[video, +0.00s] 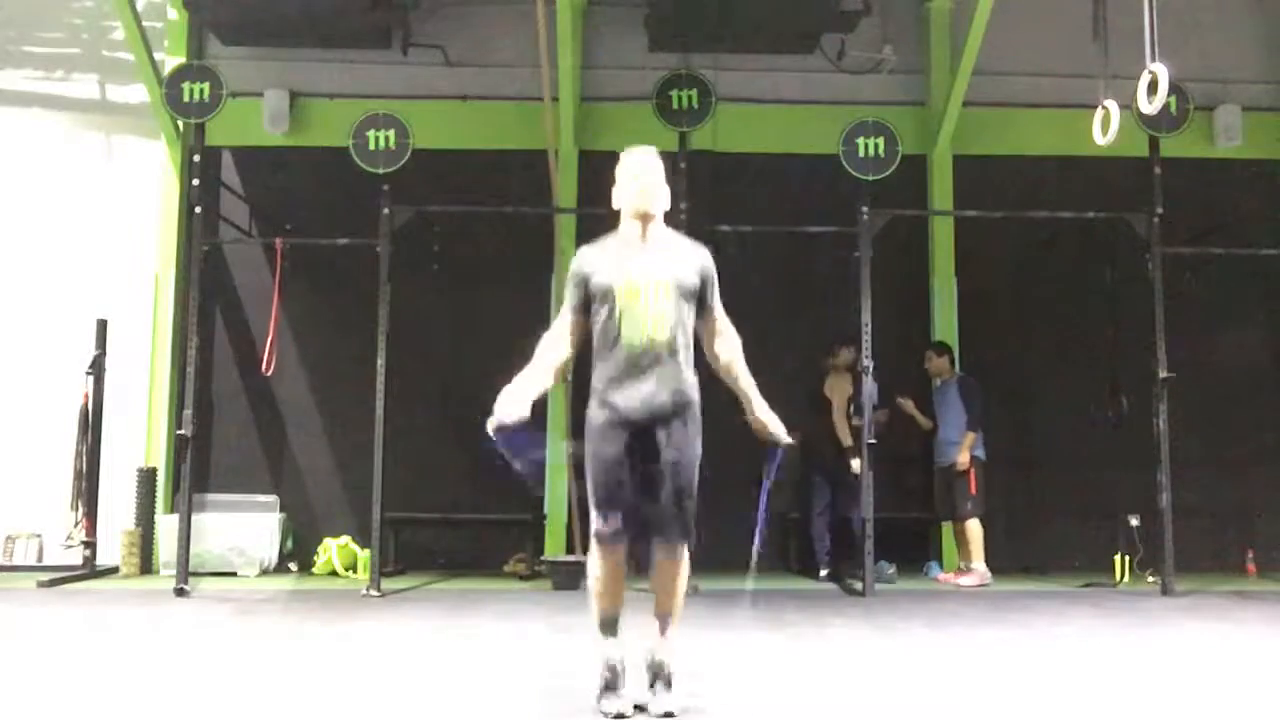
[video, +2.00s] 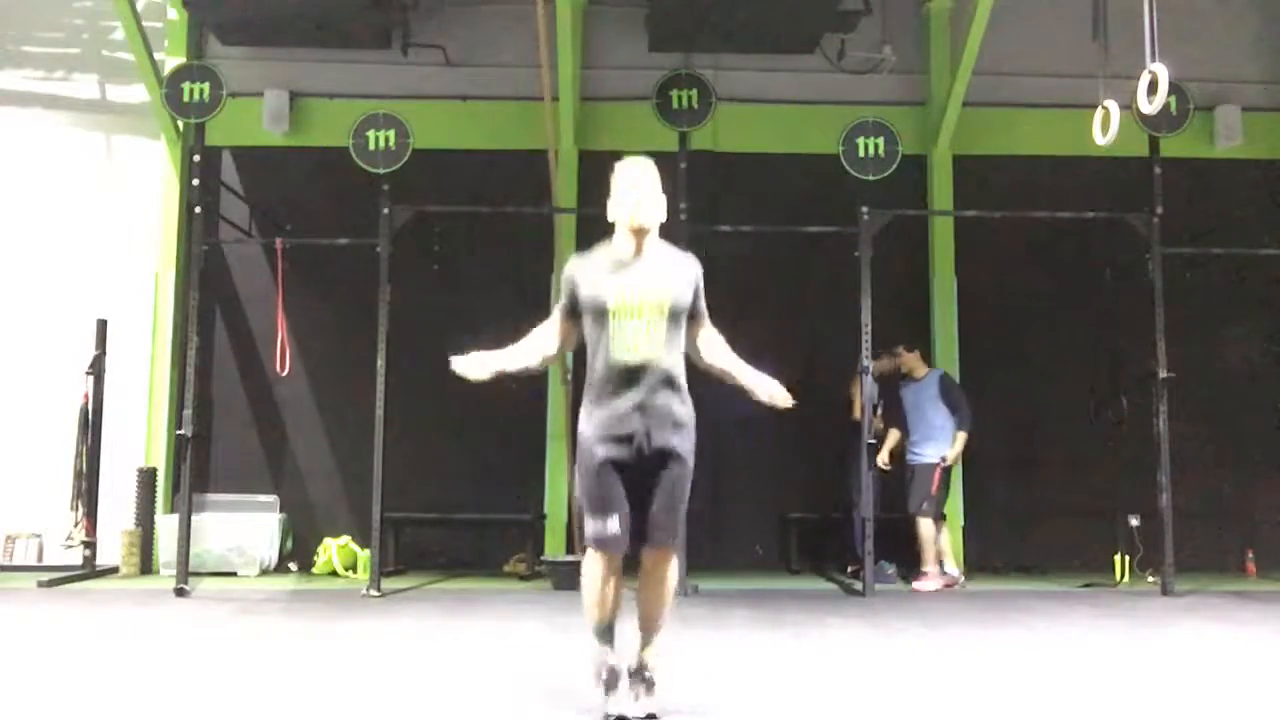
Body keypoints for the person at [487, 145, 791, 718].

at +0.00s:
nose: (644, 191)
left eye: (652, 181)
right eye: (634, 181)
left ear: (666, 190)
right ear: (616, 191)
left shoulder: (695, 259)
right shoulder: (590, 260)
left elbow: (720, 340)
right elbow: (563, 339)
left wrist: (756, 405)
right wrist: (521, 392)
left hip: (675, 410)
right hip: (610, 410)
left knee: (672, 533)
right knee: (608, 532)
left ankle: (662, 654)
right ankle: (608, 654)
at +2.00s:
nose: (642, 201)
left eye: (650, 191)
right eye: (632, 191)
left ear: (663, 202)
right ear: (612, 202)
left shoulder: (685, 269)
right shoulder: (582, 269)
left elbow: (704, 339)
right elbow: (554, 338)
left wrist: (752, 378)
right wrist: (496, 360)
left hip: (670, 421)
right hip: (603, 422)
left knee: (661, 546)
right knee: (606, 542)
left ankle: (644, 663)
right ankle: (604, 653)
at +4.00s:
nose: (648, 154)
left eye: (655, 147)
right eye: (637, 146)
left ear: (670, 159)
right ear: (619, 158)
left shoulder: (696, 224)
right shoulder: (593, 228)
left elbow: (727, 293)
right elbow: (571, 296)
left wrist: (764, 350)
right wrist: (544, 344)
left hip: (678, 364)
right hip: (616, 366)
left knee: (676, 477)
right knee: (618, 475)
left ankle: (662, 595)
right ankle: (623, 595)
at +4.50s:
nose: (644, 162)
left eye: (652, 154)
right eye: (634, 154)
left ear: (666, 167)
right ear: (617, 167)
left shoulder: (693, 231)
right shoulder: (591, 234)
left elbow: (725, 303)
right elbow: (561, 308)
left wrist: (771, 356)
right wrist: (517, 351)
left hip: (677, 370)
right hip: (616, 370)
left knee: (672, 486)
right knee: (617, 481)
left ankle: (656, 594)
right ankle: (614, 592)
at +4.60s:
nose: (644, 153)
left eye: (652, 146)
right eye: (633, 146)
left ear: (667, 160)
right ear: (615, 160)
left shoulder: (693, 224)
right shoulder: (591, 229)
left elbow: (720, 294)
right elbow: (566, 296)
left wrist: (748, 352)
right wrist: (546, 345)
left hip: (677, 367)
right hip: (614, 367)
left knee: (673, 483)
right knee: (615, 475)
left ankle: (655, 592)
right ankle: (618, 586)